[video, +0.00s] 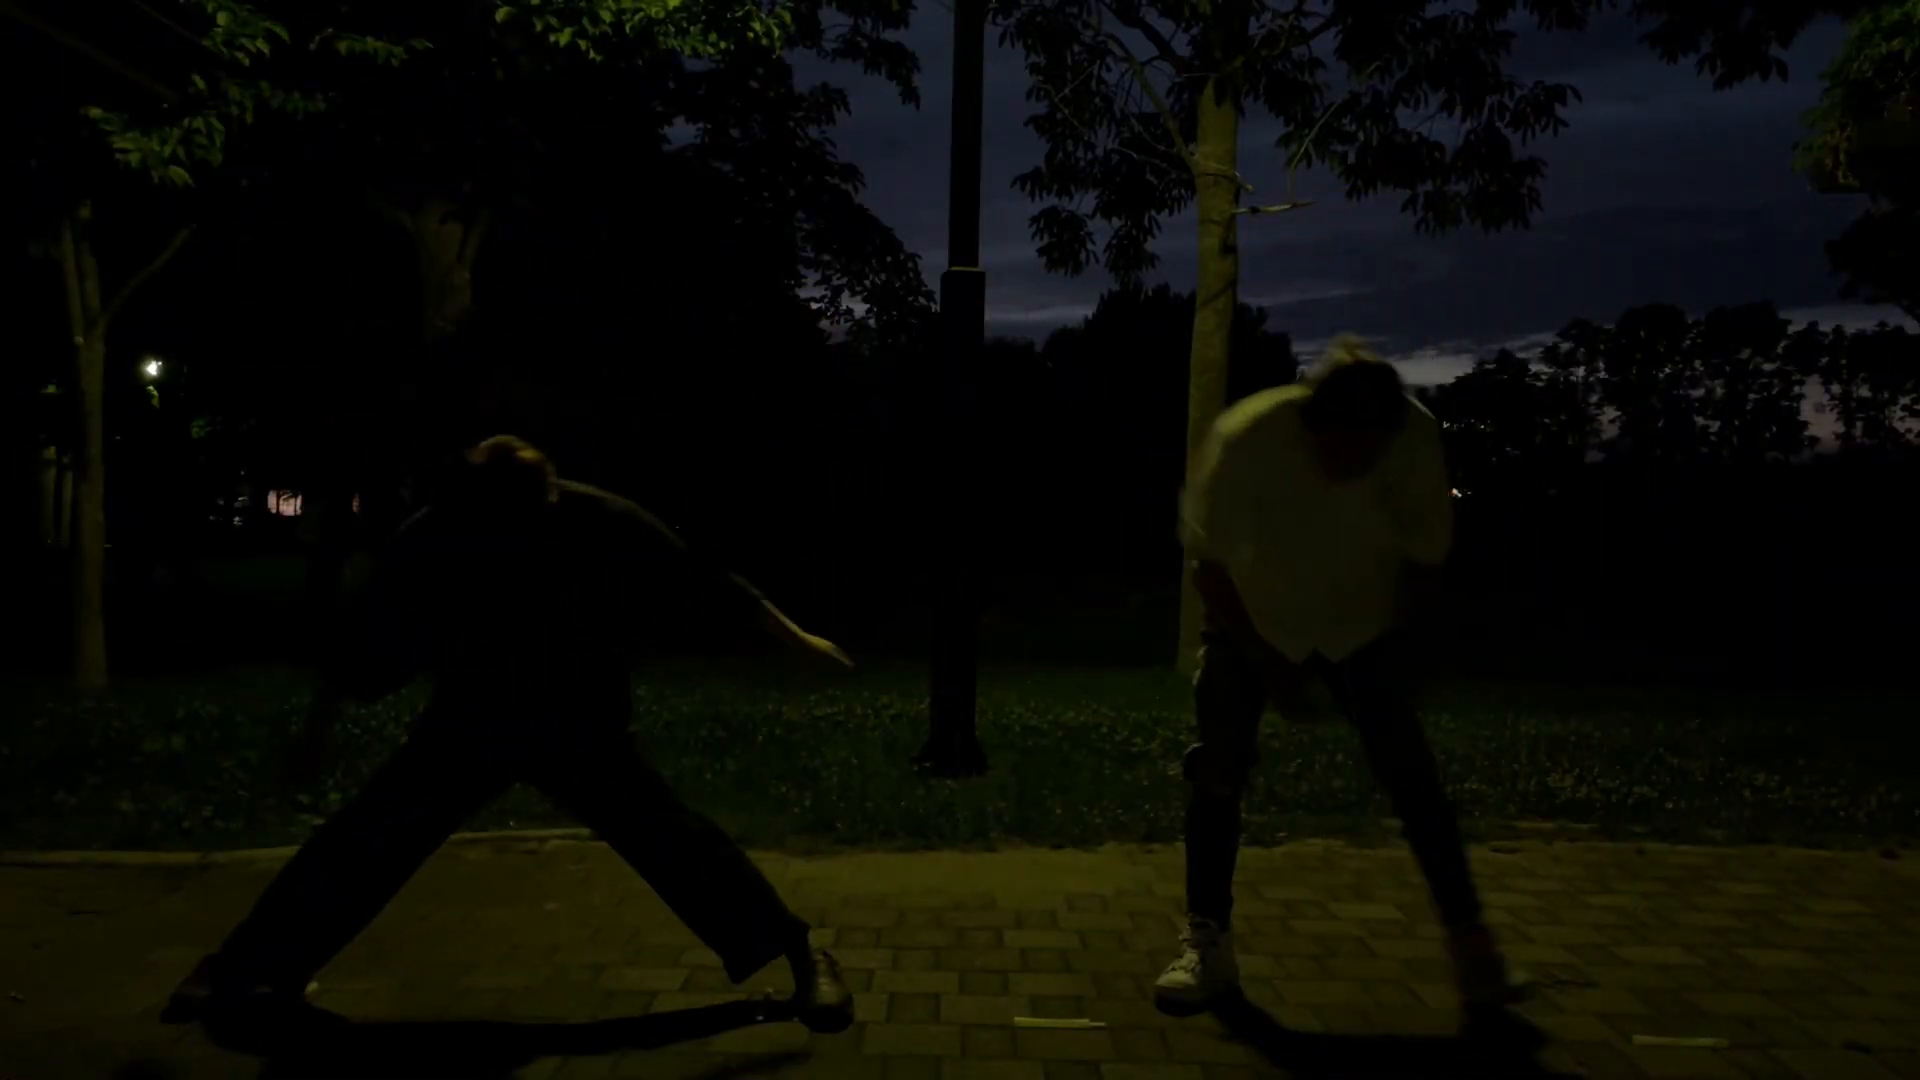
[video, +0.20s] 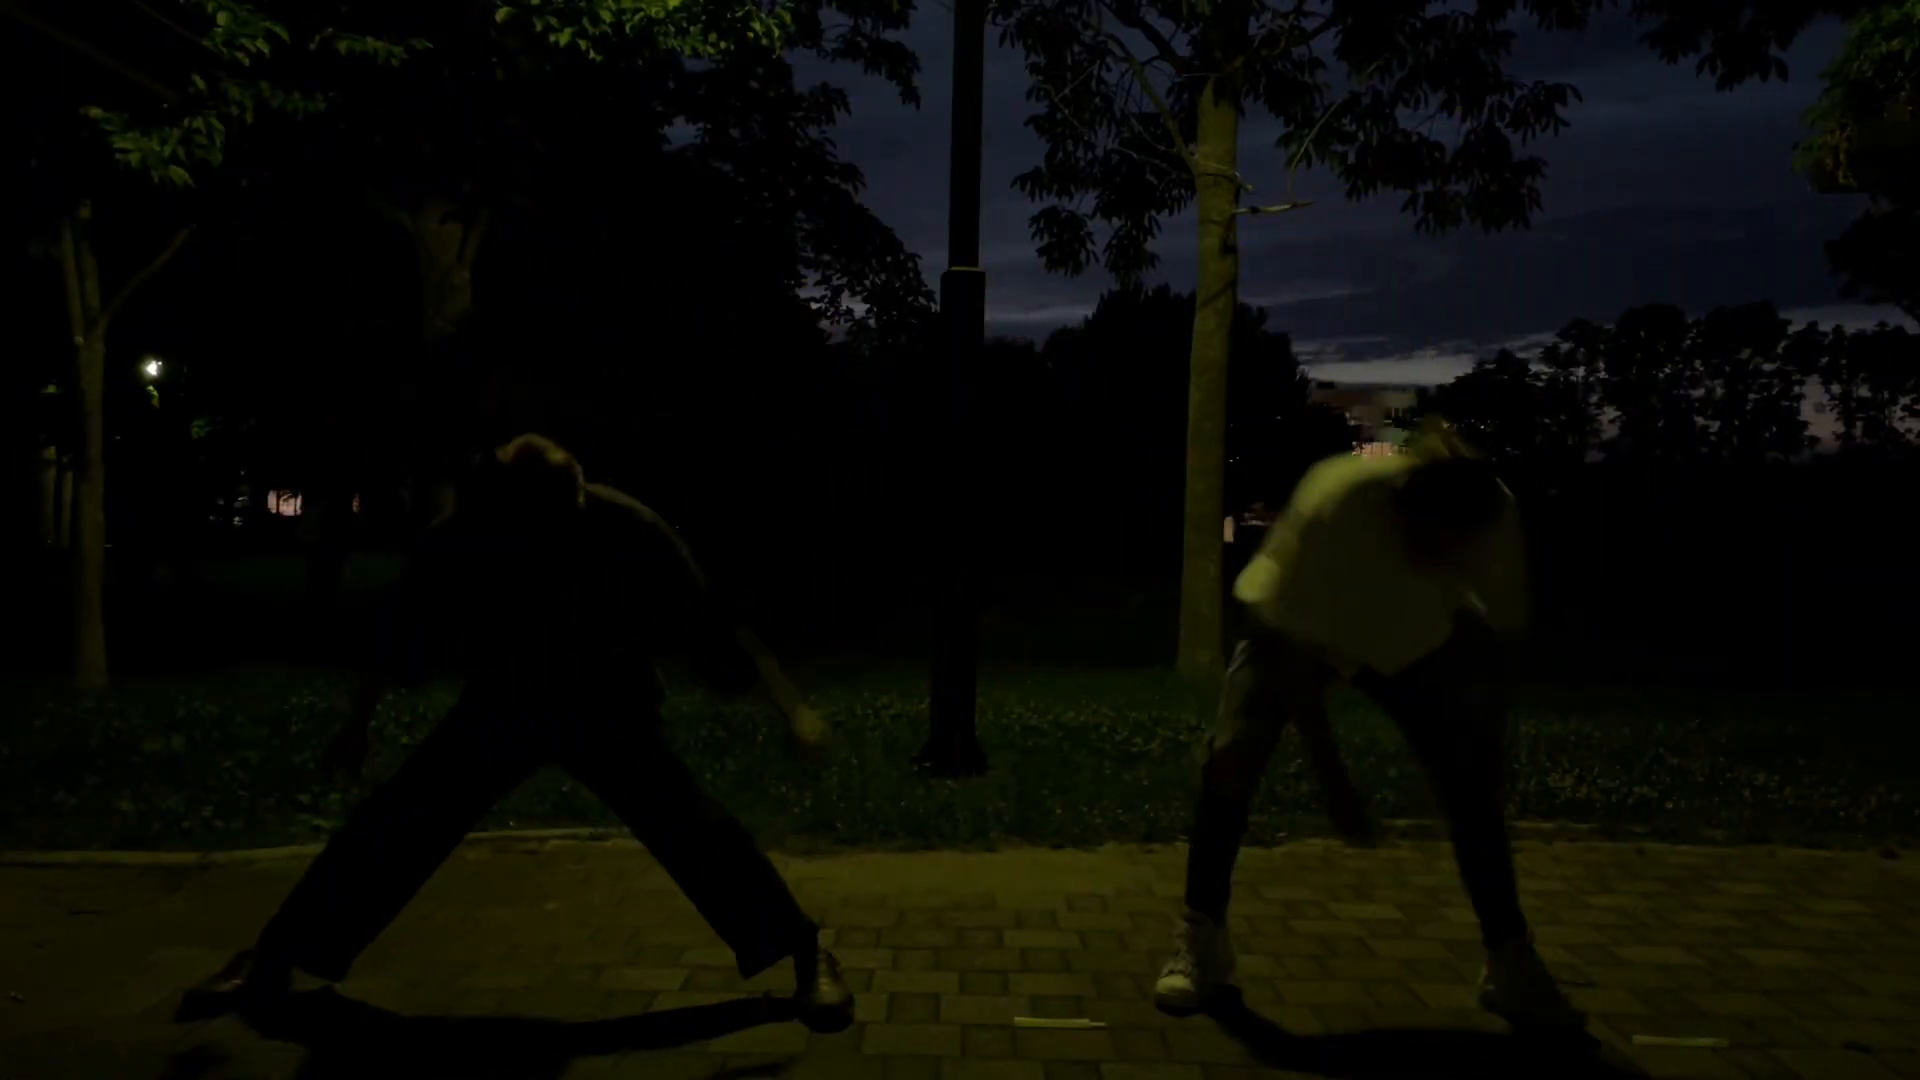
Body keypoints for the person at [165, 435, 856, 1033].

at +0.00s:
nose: (514, 521)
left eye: (525, 504)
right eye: (497, 507)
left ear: (550, 496)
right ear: (469, 504)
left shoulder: (598, 531)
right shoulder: (440, 549)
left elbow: (706, 589)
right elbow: (375, 648)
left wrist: (797, 641)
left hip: (582, 733)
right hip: (466, 733)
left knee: (670, 838)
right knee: (361, 846)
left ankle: (798, 955)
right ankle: (245, 975)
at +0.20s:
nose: (535, 513)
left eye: (545, 498)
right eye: (516, 501)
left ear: (573, 494)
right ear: (491, 501)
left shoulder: (622, 532)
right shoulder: (467, 540)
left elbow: (710, 624)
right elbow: (399, 637)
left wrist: (788, 706)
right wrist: (355, 731)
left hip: (608, 717)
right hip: (495, 716)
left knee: (691, 828)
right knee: (394, 829)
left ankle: (806, 952)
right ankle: (273, 964)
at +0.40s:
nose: (528, 566)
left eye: (539, 549)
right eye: (510, 553)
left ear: (560, 541)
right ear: (482, 549)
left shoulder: (608, 581)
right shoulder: (454, 587)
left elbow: (674, 686)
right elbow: (398, 691)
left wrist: (715, 791)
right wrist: (363, 779)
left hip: (606, 737)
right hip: (480, 738)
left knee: (695, 840)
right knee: (377, 845)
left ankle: (805, 955)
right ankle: (270, 967)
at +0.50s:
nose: (520, 585)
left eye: (529, 566)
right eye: (502, 570)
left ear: (551, 556)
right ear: (478, 568)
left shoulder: (601, 590)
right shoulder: (452, 601)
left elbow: (656, 695)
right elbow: (400, 701)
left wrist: (692, 793)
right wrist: (371, 783)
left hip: (607, 736)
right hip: (488, 739)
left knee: (700, 841)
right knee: (384, 845)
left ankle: (807, 957)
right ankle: (276, 963)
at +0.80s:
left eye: (542, 707)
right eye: (500, 706)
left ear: (569, 702)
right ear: (470, 702)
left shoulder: (599, 696)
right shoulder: (445, 706)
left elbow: (662, 809)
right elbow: (372, 832)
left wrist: (716, 911)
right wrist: (274, 955)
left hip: (594, 723)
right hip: (475, 722)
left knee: (710, 832)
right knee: (388, 850)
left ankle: (804, 950)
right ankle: (283, 969)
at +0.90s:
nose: (501, 732)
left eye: (514, 712)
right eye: (487, 715)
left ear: (542, 714)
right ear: (460, 712)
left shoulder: (598, 725)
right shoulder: (440, 724)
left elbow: (668, 828)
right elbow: (374, 840)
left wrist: (719, 925)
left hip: (603, 706)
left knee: (704, 829)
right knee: (393, 849)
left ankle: (805, 952)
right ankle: (282, 966)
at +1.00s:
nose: (491, 736)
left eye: (503, 723)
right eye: (479, 726)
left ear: (540, 727)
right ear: (456, 727)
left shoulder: (601, 738)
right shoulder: (438, 742)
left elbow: (665, 832)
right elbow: (372, 849)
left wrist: (722, 933)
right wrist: (321, 959)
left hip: (602, 683)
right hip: (485, 679)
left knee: (702, 827)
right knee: (393, 850)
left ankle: (803, 952)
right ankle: (302, 969)